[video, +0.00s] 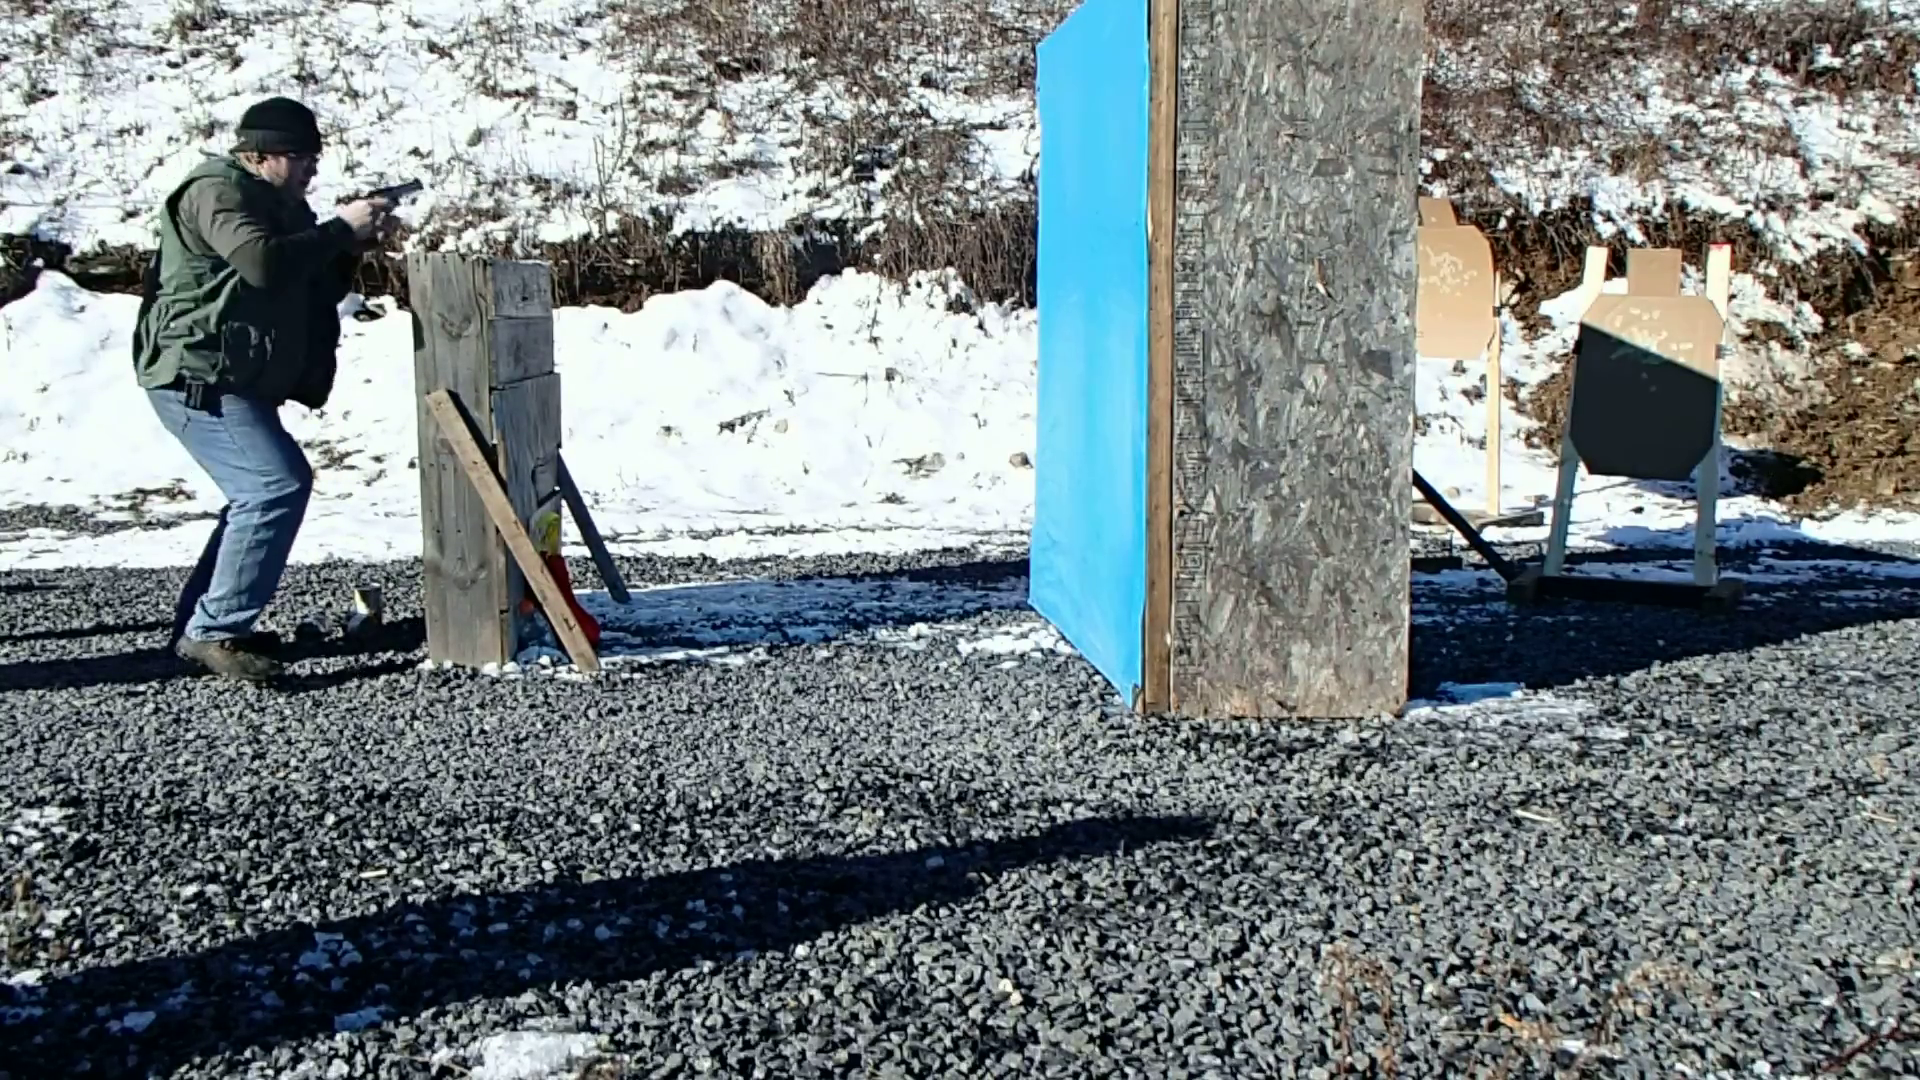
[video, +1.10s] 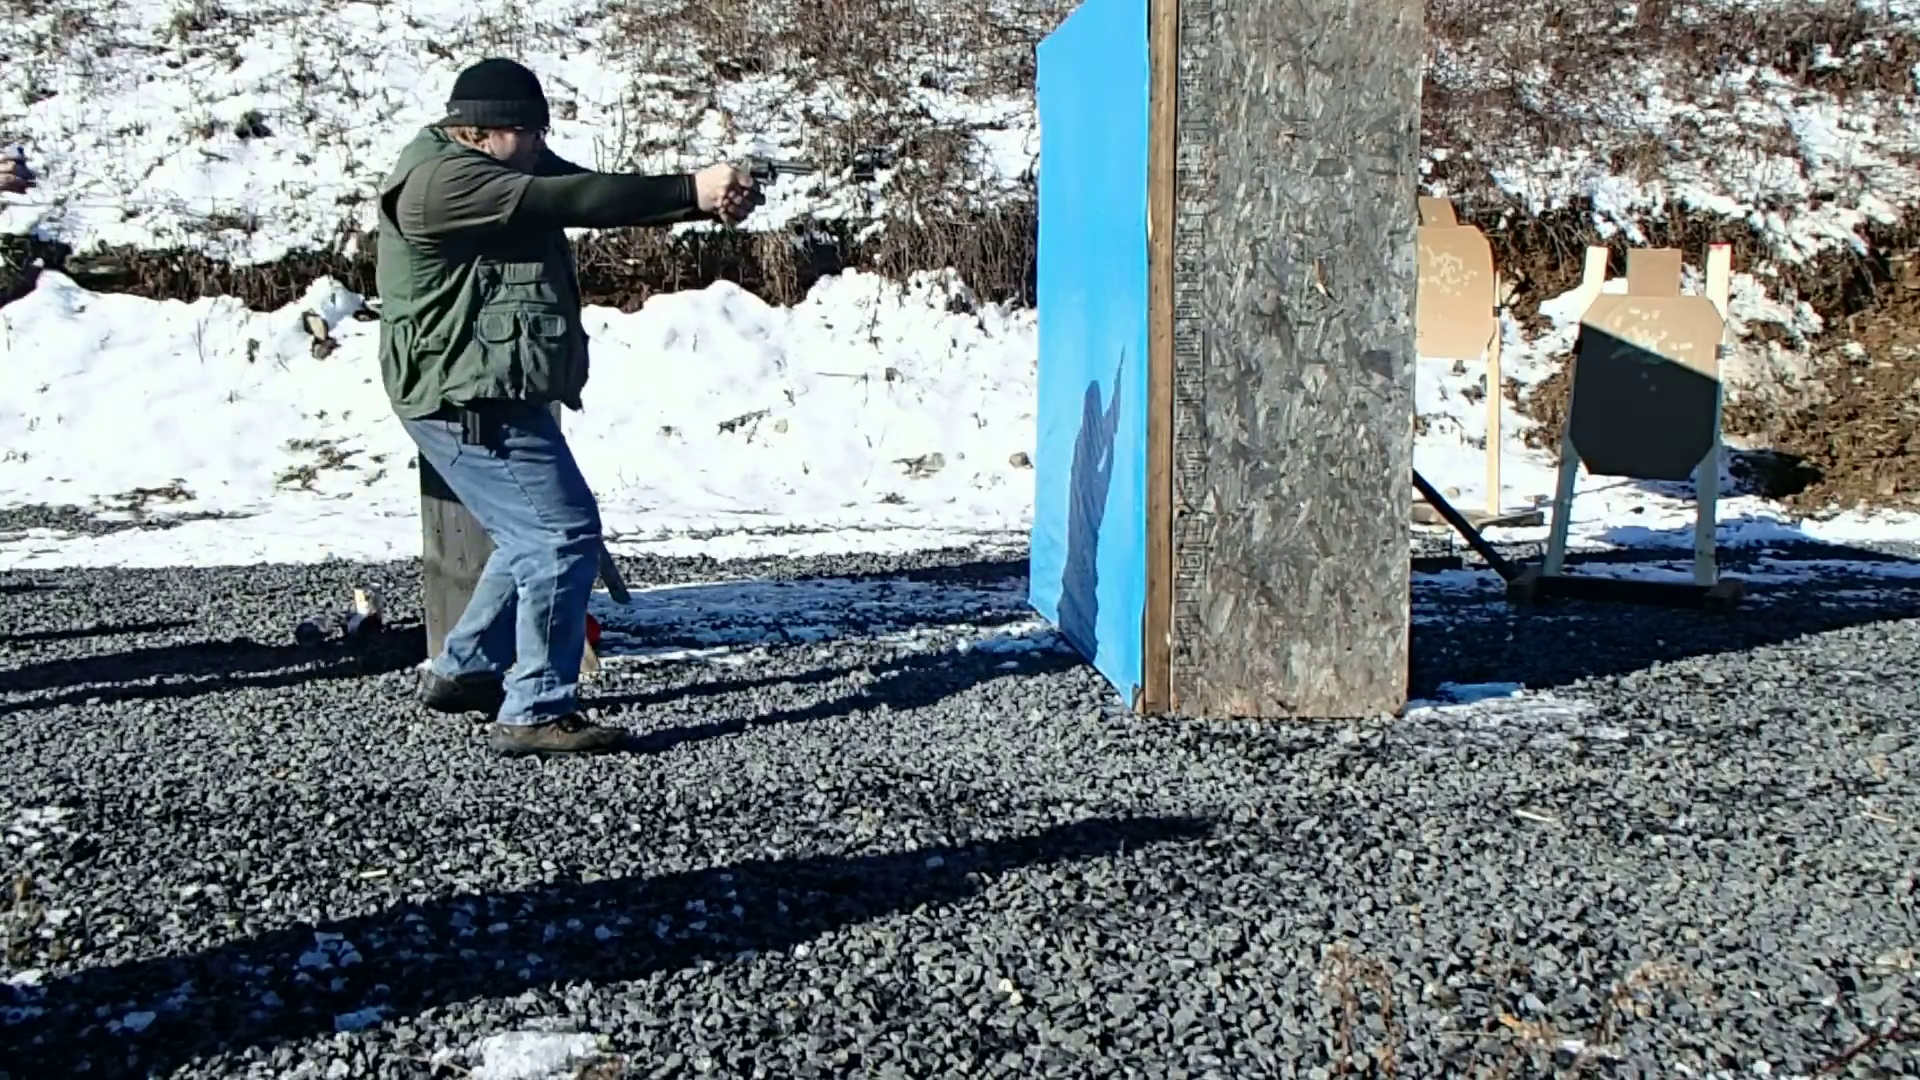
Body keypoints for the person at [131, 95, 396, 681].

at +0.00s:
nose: (312, 173)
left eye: (313, 162)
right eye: (306, 160)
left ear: (267, 156)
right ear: (270, 155)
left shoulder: (283, 207)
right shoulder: (213, 190)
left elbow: (315, 290)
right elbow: (262, 263)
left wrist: (354, 244)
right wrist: (343, 229)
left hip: (236, 379)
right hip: (194, 377)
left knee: (259, 494)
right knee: (280, 482)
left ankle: (201, 626)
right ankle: (218, 630)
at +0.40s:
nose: (356, 159)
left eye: (358, 147)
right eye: (344, 147)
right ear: (299, 151)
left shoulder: (352, 210)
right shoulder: (244, 205)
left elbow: (383, 299)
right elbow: (285, 285)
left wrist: (421, 279)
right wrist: (390, 261)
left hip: (330, 406)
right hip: (250, 409)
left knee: (375, 517)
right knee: (286, 540)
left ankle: (298, 625)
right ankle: (227, 667)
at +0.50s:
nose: (383, 147)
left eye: (385, 135)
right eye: (371, 136)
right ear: (325, 140)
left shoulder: (378, 198)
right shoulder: (276, 192)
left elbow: (414, 281)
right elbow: (330, 271)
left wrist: (456, 258)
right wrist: (435, 255)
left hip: (360, 401)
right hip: (281, 402)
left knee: (411, 512)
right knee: (300, 543)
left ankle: (386, 662)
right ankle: (234, 665)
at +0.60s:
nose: (407, 153)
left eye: (408, 140)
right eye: (396, 141)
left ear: (390, 139)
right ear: (353, 140)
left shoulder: (403, 193)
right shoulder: (303, 188)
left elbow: (457, 262)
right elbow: (373, 255)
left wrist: (508, 256)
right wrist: (482, 242)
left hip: (388, 399)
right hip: (311, 400)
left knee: (436, 525)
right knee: (372, 532)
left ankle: (409, 682)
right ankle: (267, 629)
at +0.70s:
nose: (437, 156)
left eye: (436, 144)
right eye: (426, 145)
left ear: (388, 145)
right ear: (381, 144)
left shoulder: (427, 192)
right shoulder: (330, 196)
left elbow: (490, 245)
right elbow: (422, 244)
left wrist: (555, 244)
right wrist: (538, 234)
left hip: (423, 397)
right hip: (353, 401)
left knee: (476, 515)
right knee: (456, 503)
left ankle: (429, 674)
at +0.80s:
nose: (464, 157)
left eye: (464, 144)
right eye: (452, 146)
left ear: (433, 143)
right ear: (405, 146)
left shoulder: (451, 187)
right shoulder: (362, 201)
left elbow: (518, 219)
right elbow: (465, 229)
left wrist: (609, 221)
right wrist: (589, 222)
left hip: (447, 397)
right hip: (397, 403)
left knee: (483, 531)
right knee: (491, 527)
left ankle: (418, 681)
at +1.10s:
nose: (540, 149)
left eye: (538, 135)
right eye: (531, 135)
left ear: (486, 127)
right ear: (490, 129)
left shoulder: (479, 170)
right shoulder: (446, 181)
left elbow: (586, 189)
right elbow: (566, 199)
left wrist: (693, 194)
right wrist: (690, 193)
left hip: (489, 392)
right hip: (466, 399)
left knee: (537, 529)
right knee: (565, 532)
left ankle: (462, 670)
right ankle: (537, 711)